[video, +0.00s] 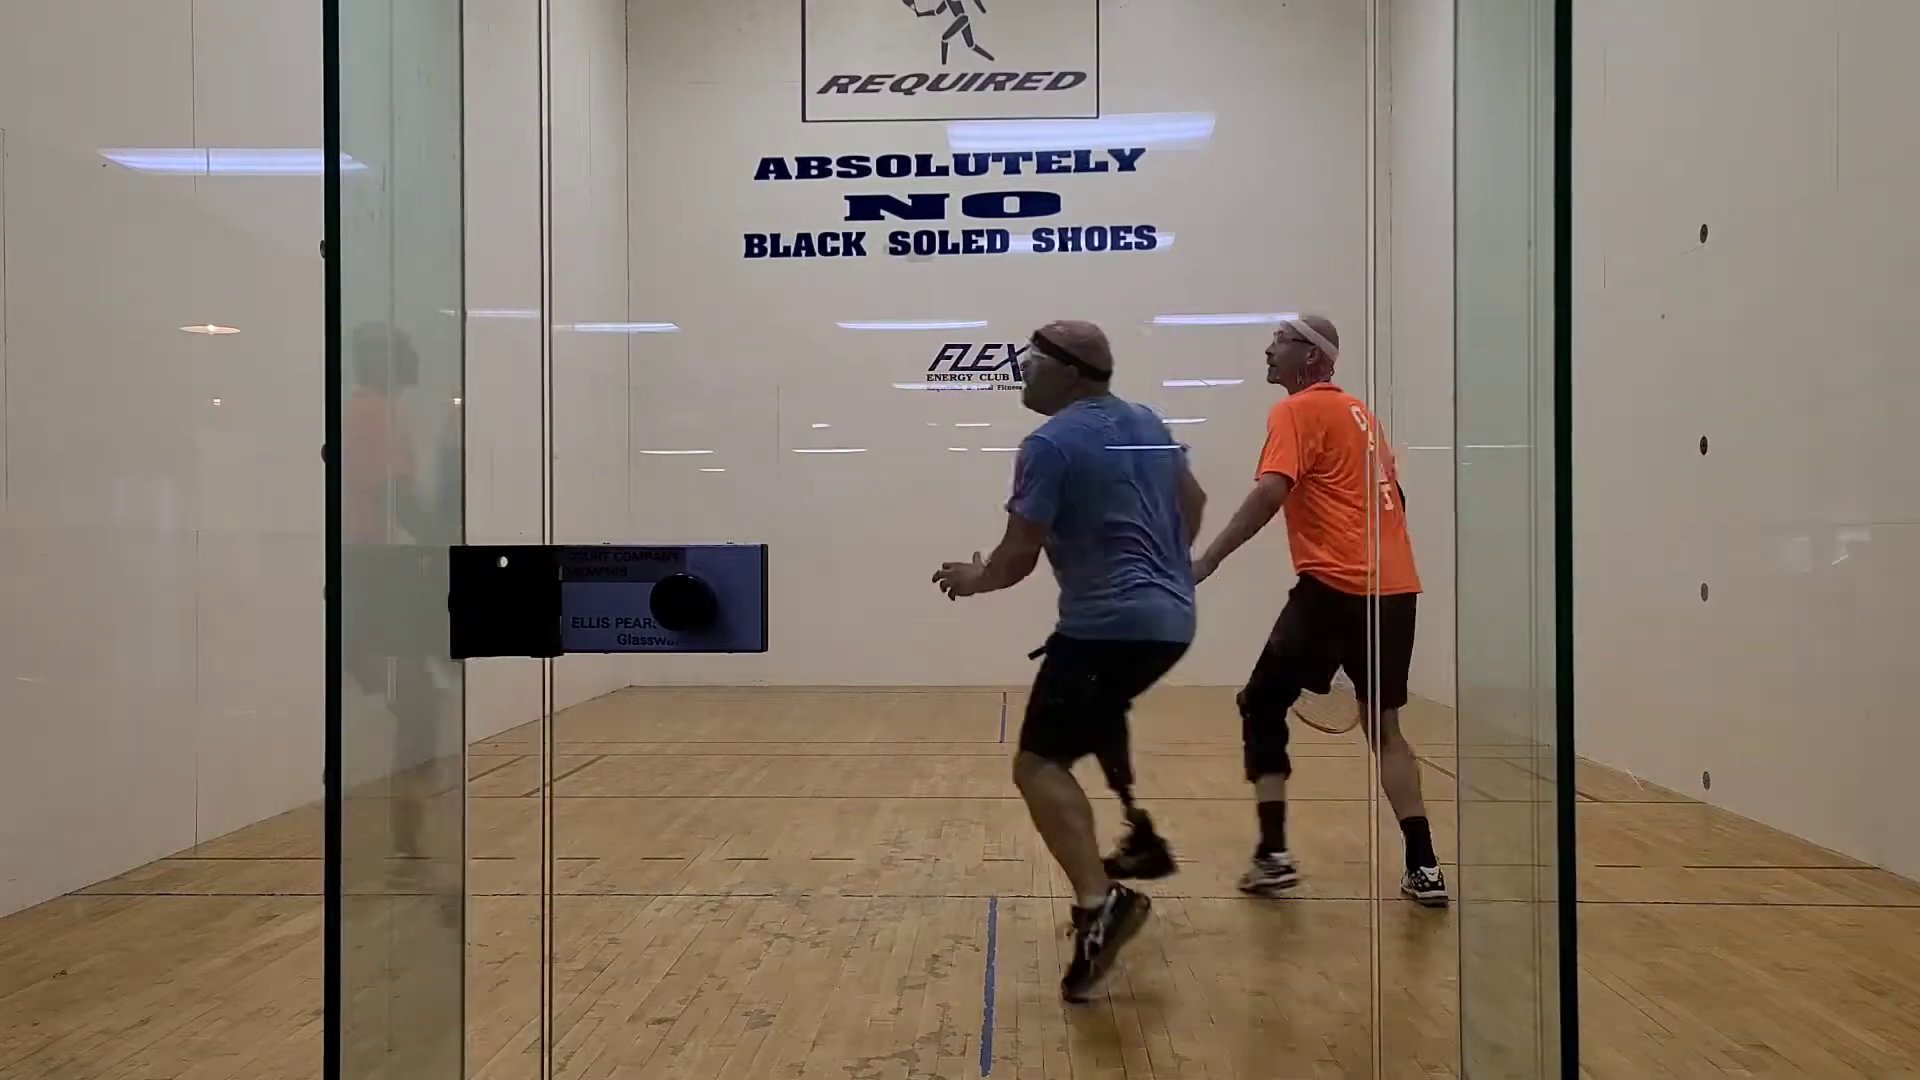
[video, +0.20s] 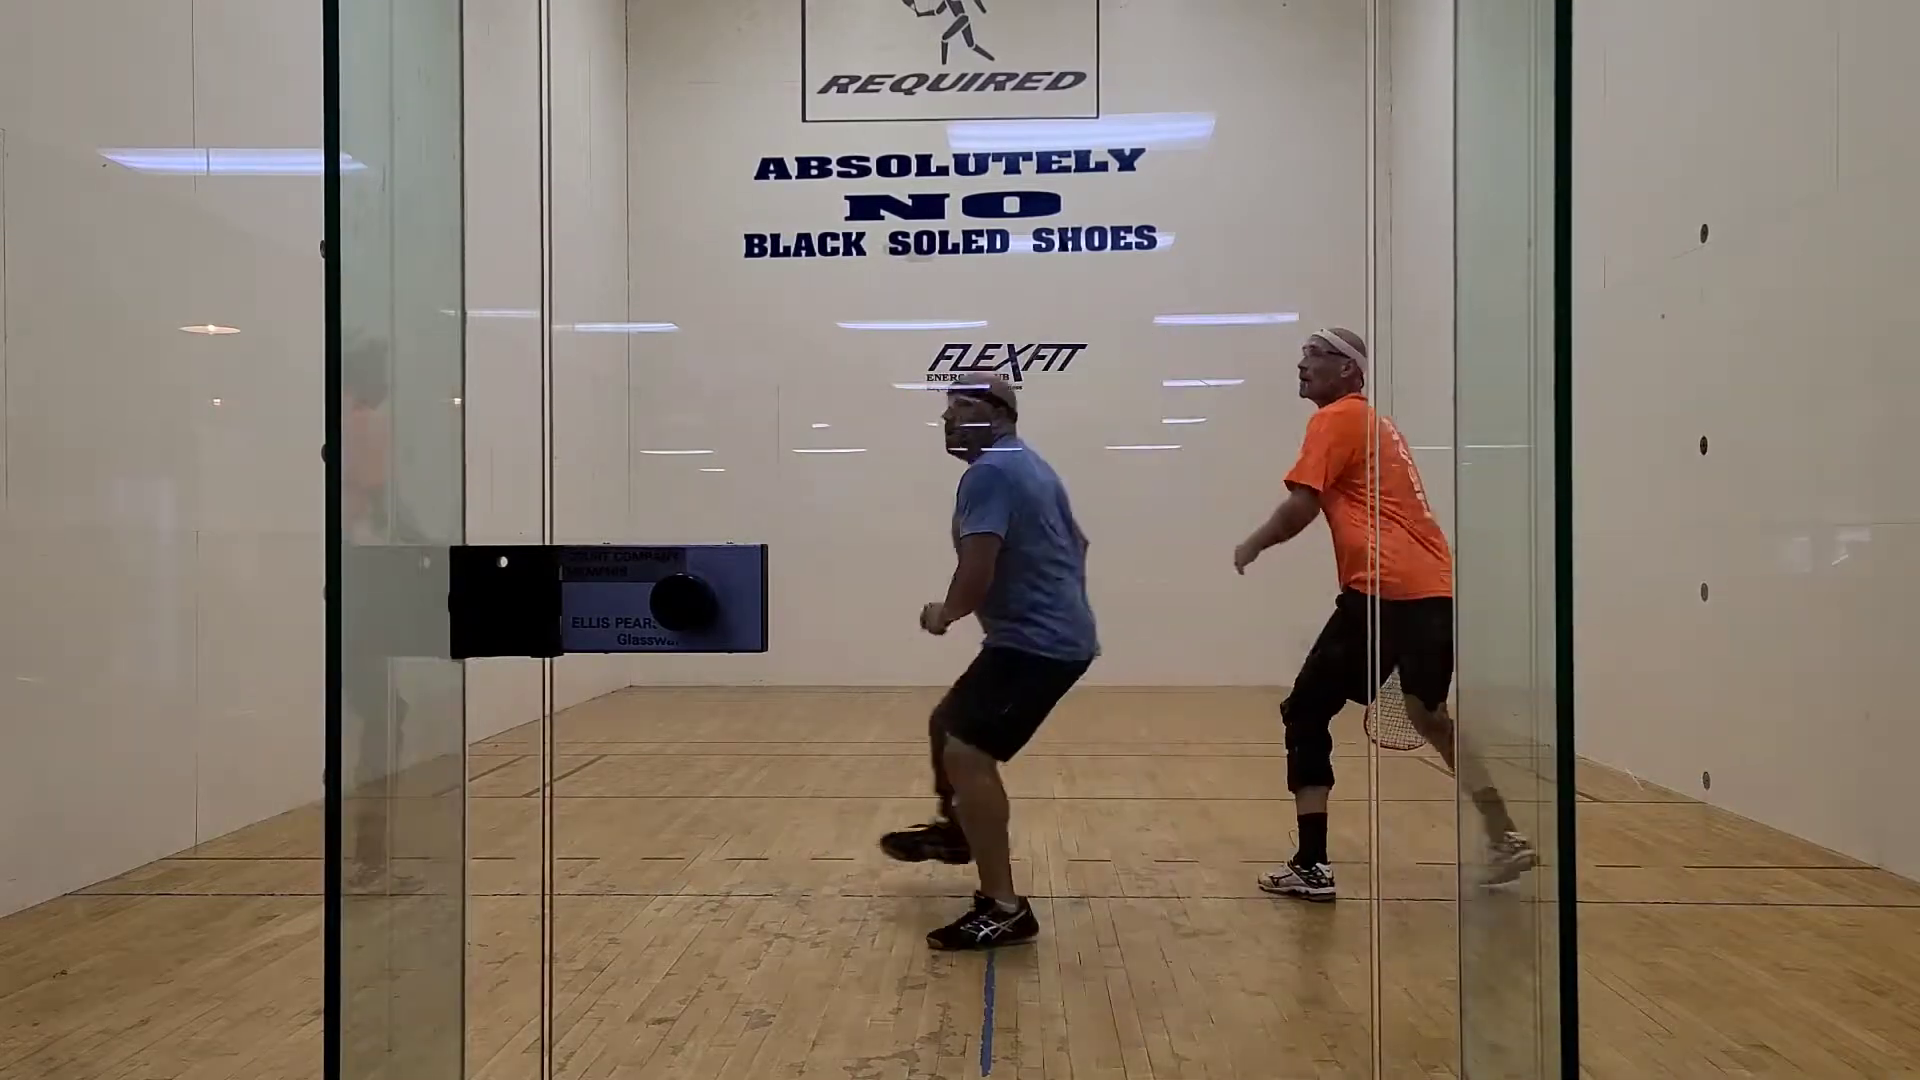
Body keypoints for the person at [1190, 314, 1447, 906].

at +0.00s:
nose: (1268, 353)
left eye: (1278, 343)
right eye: (1272, 343)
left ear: (1314, 356)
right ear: (1323, 360)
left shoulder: (1295, 409)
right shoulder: (1364, 414)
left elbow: (1270, 492)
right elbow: (1393, 498)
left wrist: (1206, 558)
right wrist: (1366, 562)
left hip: (1330, 588)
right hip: (1395, 592)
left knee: (1262, 704)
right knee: (1384, 722)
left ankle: (1272, 853)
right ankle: (1423, 865)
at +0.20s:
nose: (1301, 366)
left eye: (1313, 356)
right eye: (1303, 356)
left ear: (1349, 369)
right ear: (1353, 373)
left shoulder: (1333, 419)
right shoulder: (1383, 424)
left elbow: (1301, 506)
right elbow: (1399, 508)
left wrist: (1253, 543)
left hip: (1379, 595)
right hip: (1437, 593)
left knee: (1304, 711)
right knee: (1428, 713)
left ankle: (1312, 864)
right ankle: (1506, 838)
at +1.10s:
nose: (1283, 384)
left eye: (1290, 373)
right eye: (1284, 374)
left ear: (1318, 374)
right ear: (1335, 375)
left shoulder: (1326, 422)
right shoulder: (1376, 425)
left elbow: (1313, 510)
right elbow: (1431, 507)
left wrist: (1254, 568)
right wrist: (1454, 584)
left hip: (1396, 592)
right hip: (1438, 588)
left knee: (1349, 727)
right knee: (1433, 722)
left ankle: (1409, 878)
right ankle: (1556, 817)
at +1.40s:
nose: (1192, 370)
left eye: (1196, 361)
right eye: (1195, 360)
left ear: (1209, 366)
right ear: (1245, 366)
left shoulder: (1207, 417)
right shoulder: (1293, 416)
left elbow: (1192, 509)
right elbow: (1339, 491)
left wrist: (1193, 547)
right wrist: (1361, 559)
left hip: (1298, 584)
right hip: (1329, 575)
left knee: (1320, 733)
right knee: (1240, 689)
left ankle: (1405, 869)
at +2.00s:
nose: (1042, 390)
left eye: (1042, 382)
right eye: (1048, 382)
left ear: (1044, 381)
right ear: (1088, 385)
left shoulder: (1039, 412)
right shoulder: (1123, 436)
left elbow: (1017, 474)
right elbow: (1152, 521)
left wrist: (992, 554)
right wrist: (1071, 561)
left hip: (1073, 578)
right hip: (1135, 586)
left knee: (1002, 701)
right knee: (1093, 694)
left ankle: (981, 849)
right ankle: (1120, 836)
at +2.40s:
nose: (892, 410)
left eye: (892, 398)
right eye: (892, 399)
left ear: (904, 393)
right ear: (942, 393)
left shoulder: (920, 428)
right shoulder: (991, 436)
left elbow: (934, 508)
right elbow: (1043, 508)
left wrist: (889, 578)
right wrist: (1003, 572)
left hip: (992, 591)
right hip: (1036, 593)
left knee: (913, 709)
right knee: (949, 699)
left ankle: (918, 863)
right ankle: (1004, 825)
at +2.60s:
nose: (836, 434)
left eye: (843, 423)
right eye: (837, 423)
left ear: (878, 421)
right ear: (881, 423)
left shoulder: (910, 458)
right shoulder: (913, 460)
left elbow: (922, 558)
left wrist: (874, 630)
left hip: (997, 618)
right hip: (969, 618)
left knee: (898, 720)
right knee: (879, 713)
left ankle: (957, 872)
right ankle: (889, 853)